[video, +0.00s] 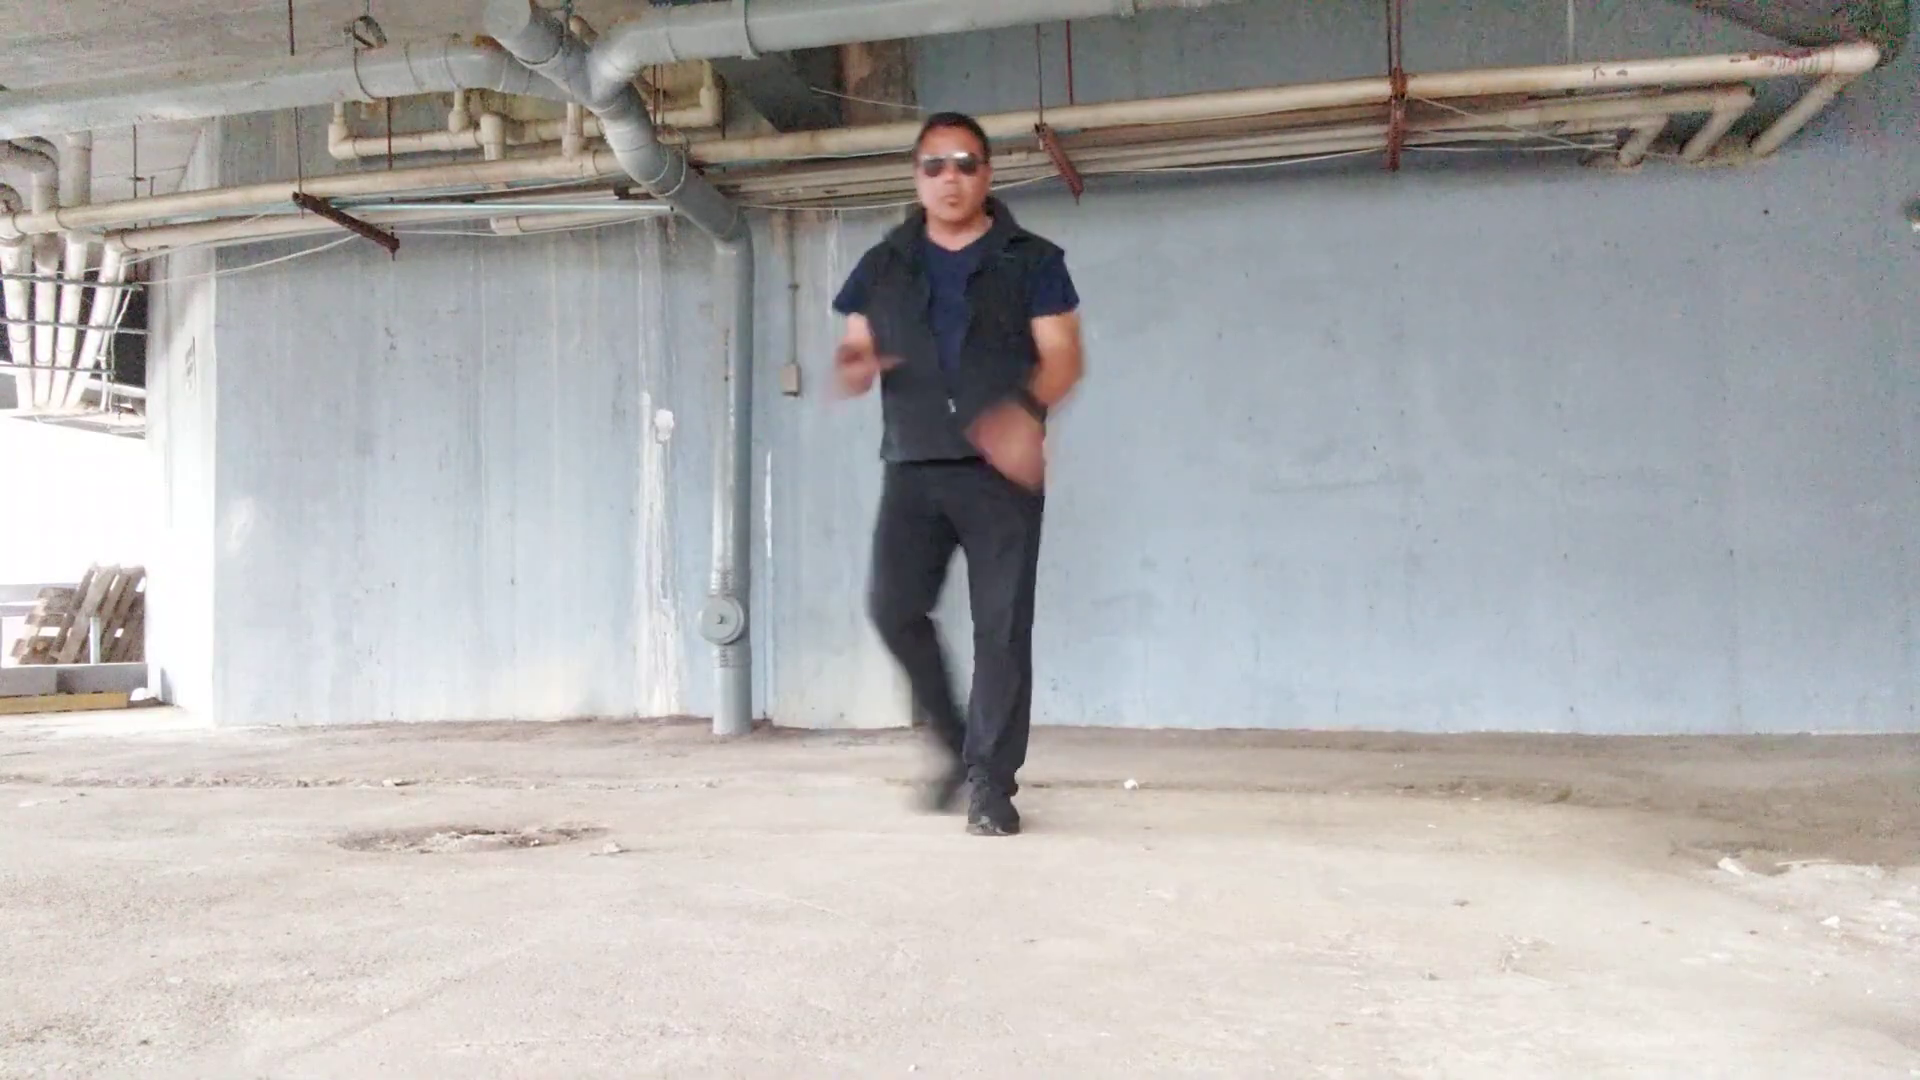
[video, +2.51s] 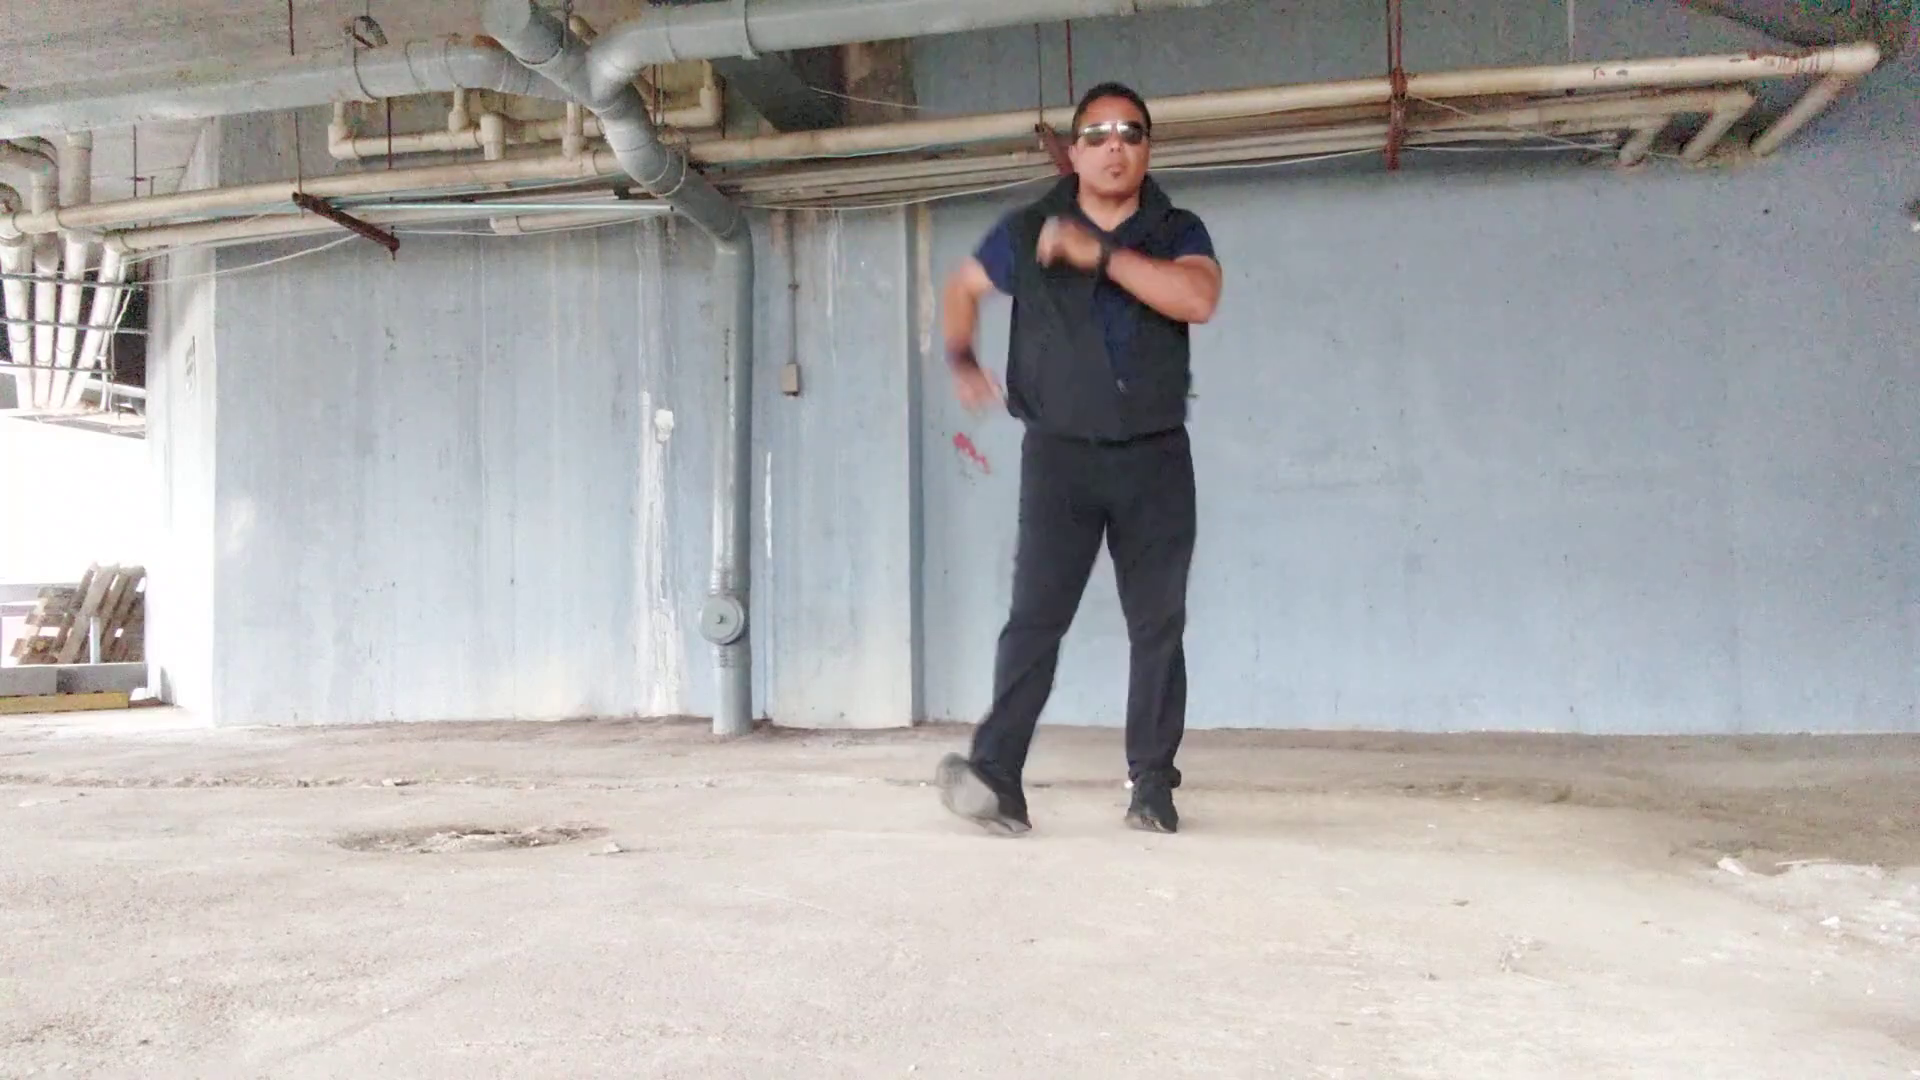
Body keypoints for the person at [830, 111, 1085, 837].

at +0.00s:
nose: (950, 177)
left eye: (965, 165)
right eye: (935, 166)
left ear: (987, 177)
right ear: (915, 180)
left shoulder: (1032, 260)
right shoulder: (885, 263)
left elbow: (1062, 359)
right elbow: (857, 362)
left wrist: (1027, 412)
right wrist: (853, 370)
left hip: (1001, 473)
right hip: (914, 472)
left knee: (1001, 629)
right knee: (894, 608)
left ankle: (992, 781)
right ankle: (961, 745)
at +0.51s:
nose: (1029, 180)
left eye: (1038, 166)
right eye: (1011, 167)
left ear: (1049, 173)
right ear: (971, 176)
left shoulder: (1071, 256)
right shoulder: (926, 249)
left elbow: (1103, 353)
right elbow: (872, 336)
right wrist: (885, 373)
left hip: (1034, 470)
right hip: (944, 470)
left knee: (1045, 617)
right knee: (914, 599)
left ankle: (1062, 780)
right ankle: (944, 769)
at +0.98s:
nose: (900, 192)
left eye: (916, 177)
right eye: (888, 178)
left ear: (952, 173)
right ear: (876, 177)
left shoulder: (1001, 240)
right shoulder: (858, 250)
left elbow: (1079, 315)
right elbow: (837, 360)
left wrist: (1076, 316)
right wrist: (922, 337)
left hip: (970, 465)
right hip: (878, 468)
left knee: (979, 615)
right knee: (876, 619)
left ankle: (929, 735)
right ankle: (904, 780)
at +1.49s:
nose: (949, 172)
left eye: (962, 157)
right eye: (931, 160)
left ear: (980, 164)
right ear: (905, 169)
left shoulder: (1027, 242)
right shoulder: (881, 244)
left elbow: (1083, 330)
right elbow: (841, 333)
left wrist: (1079, 404)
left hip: (1002, 451)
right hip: (907, 460)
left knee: (1037, 549)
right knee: (891, 618)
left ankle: (992, 608)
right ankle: (906, 784)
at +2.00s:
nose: (1075, 160)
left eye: (1089, 148)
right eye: (1057, 149)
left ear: (1108, 162)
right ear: (1033, 164)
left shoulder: (1148, 247)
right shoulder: (997, 249)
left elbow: (1192, 347)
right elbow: (941, 344)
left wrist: (1183, 434)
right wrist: (1004, 324)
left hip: (1121, 466)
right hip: (1027, 470)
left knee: (1136, 626)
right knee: (1021, 621)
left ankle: (1135, 788)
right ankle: (1086, 734)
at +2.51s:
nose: (1115, 147)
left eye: (1129, 135)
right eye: (1098, 136)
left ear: (1148, 150)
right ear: (1072, 151)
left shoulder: (1176, 227)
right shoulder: (1033, 226)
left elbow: (1198, 301)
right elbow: (963, 287)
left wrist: (1098, 252)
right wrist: (963, 359)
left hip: (1153, 457)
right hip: (1058, 455)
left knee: (1159, 625)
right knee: (1035, 618)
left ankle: (1153, 782)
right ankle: (997, 774)